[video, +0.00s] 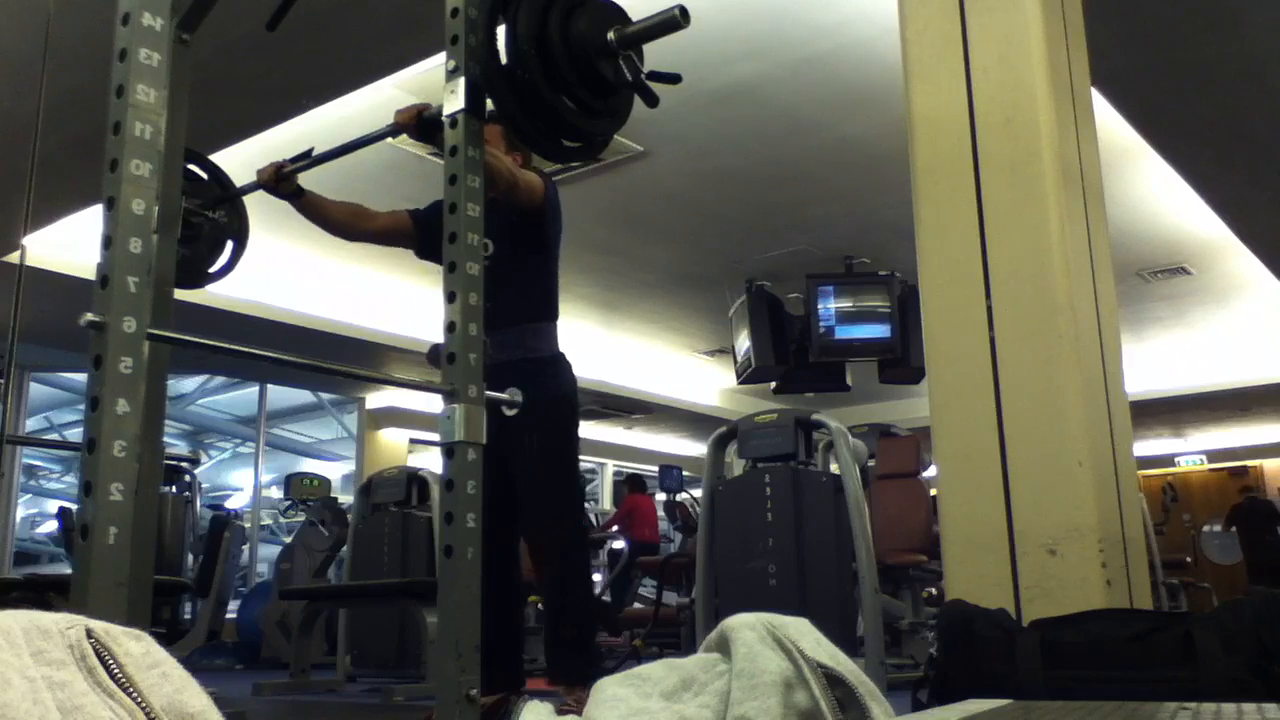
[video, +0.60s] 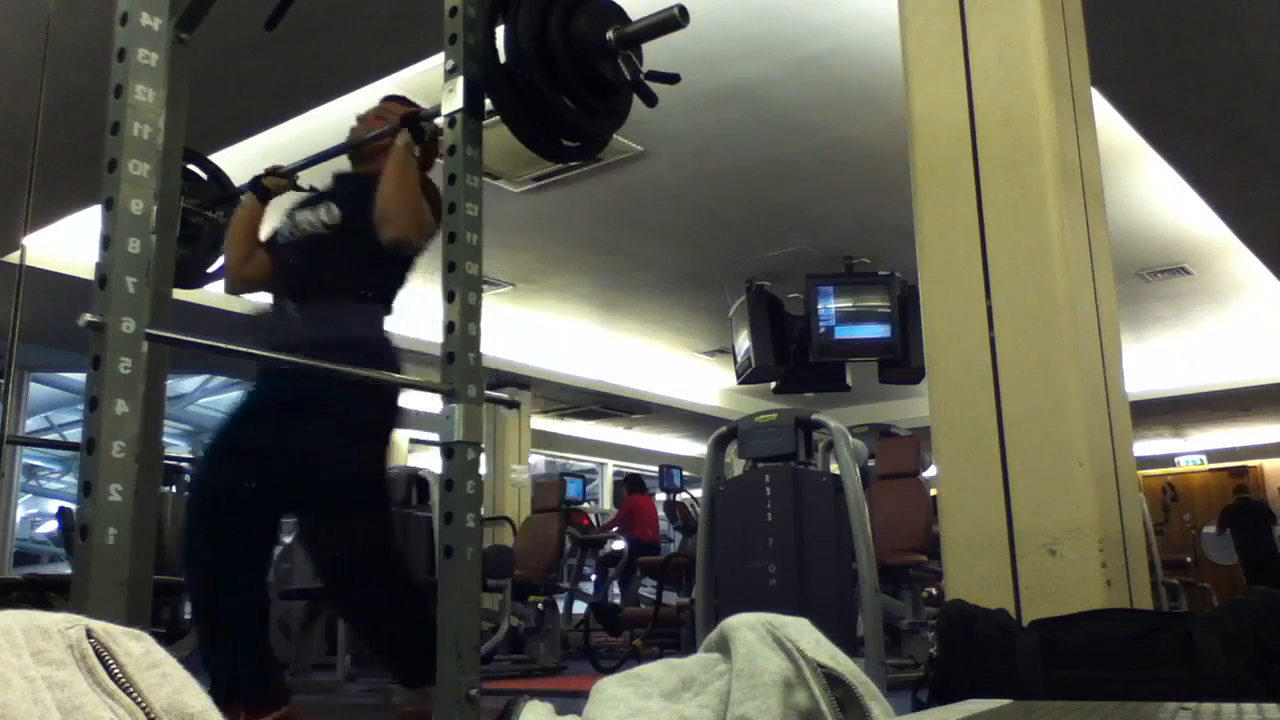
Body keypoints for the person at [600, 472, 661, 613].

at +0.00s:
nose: (626, 490)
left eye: (627, 487)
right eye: (626, 487)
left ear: (631, 487)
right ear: (643, 487)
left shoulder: (631, 500)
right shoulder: (649, 501)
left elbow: (616, 518)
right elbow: (637, 522)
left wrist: (601, 529)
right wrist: (619, 531)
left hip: (637, 546)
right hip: (654, 546)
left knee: (613, 554)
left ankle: (618, 600)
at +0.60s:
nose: (625, 490)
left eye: (625, 487)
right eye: (625, 487)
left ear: (630, 487)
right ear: (642, 486)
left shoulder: (631, 500)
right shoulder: (649, 500)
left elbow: (617, 520)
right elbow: (635, 523)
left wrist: (600, 530)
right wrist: (617, 533)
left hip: (637, 544)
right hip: (654, 545)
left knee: (602, 562)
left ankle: (599, 601)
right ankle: (632, 604)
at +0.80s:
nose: (624, 491)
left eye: (625, 488)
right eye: (624, 488)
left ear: (629, 487)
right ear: (643, 487)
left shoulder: (630, 500)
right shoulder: (649, 501)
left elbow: (616, 518)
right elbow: (634, 522)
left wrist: (600, 530)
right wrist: (616, 533)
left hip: (637, 545)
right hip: (654, 546)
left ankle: (613, 609)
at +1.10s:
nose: (625, 491)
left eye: (627, 488)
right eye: (625, 488)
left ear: (631, 488)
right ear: (644, 488)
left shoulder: (631, 500)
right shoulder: (650, 501)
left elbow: (617, 519)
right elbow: (637, 523)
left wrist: (600, 530)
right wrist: (618, 533)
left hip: (636, 547)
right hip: (654, 547)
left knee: (610, 570)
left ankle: (616, 603)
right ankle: (623, 602)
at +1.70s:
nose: (624, 491)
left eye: (625, 488)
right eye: (624, 488)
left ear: (629, 488)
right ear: (643, 488)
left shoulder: (631, 501)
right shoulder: (649, 501)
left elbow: (616, 519)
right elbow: (635, 523)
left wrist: (601, 529)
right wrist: (619, 532)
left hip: (638, 545)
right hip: (654, 546)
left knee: (621, 574)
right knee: (614, 559)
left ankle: (613, 603)